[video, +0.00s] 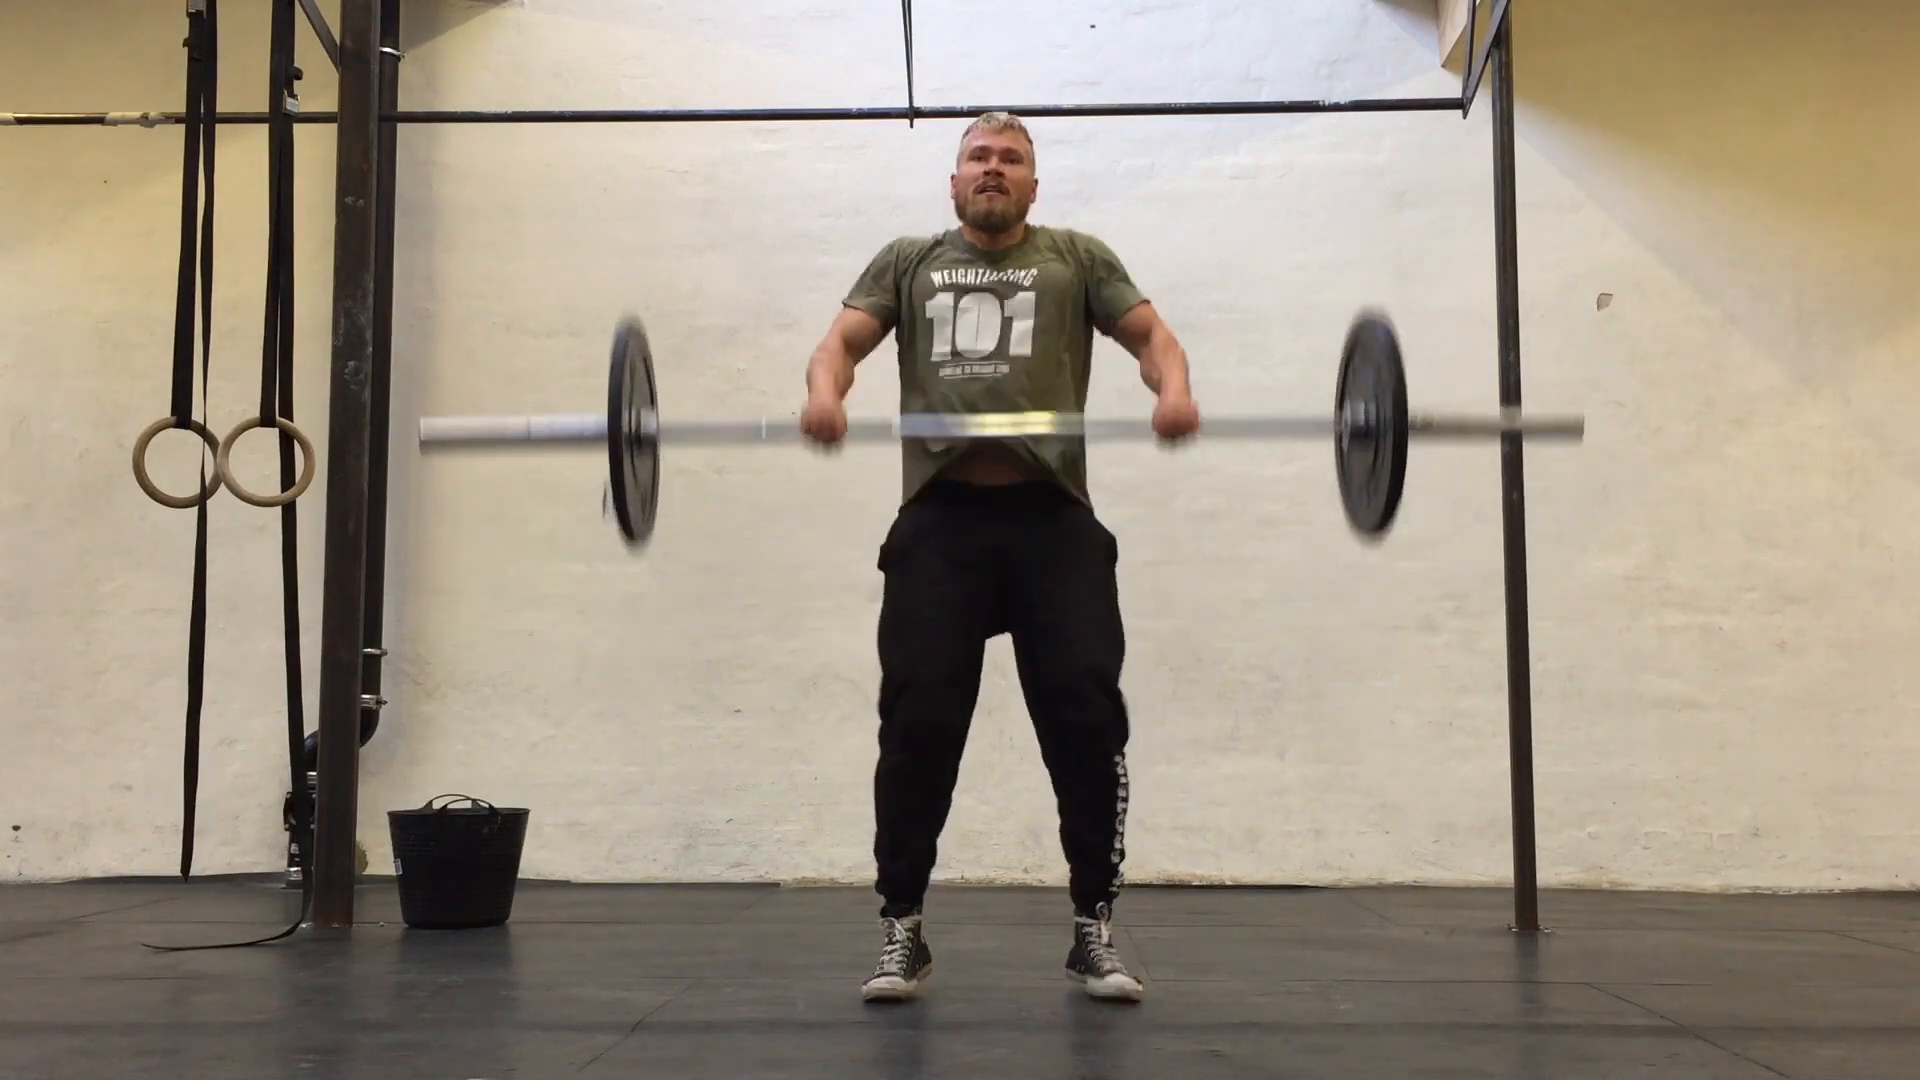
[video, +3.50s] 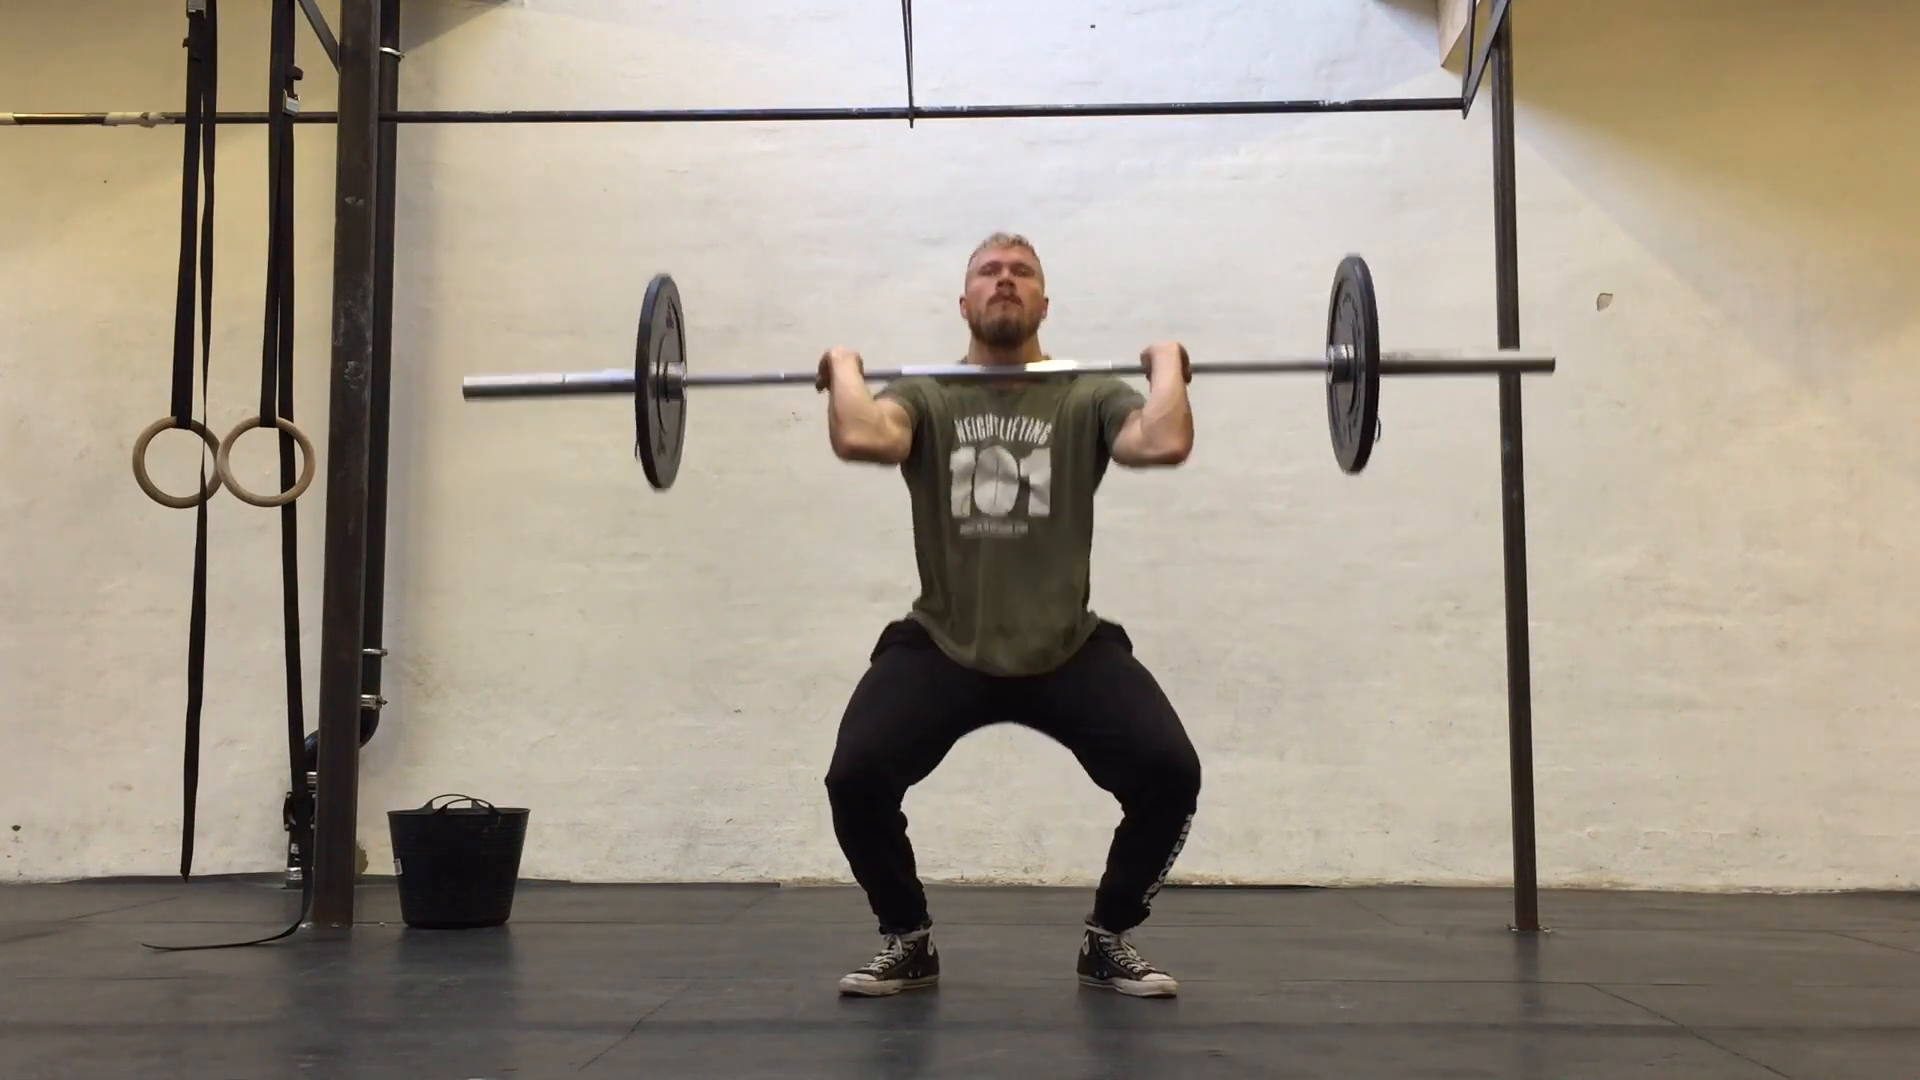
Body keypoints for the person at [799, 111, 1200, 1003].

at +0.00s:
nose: (992, 167)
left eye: (1010, 157)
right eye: (978, 155)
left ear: (1035, 179)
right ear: (954, 176)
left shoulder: (1078, 258)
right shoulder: (908, 261)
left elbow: (1152, 337)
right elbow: (840, 344)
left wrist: (1174, 391)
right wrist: (825, 395)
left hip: (1054, 525)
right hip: (941, 524)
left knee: (1087, 716)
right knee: (917, 720)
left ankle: (1096, 928)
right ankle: (901, 928)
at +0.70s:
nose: (996, 186)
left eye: (1012, 181)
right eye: (980, 182)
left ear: (1039, 217)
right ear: (956, 219)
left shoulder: (1075, 298)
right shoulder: (923, 302)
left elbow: (1157, 331)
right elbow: (862, 345)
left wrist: (1163, 258)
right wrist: (839, 270)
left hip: (1066, 577)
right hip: (944, 576)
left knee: (1118, 756)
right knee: (887, 757)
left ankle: (1102, 947)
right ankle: (893, 946)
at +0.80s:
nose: (998, 168)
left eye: (1015, 160)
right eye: (984, 160)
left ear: (1040, 187)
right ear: (961, 187)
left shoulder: (1076, 259)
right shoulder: (924, 264)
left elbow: (1170, 241)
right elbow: (843, 259)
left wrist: (1168, 153)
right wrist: (833, 167)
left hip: (1063, 533)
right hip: (946, 534)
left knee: (1090, 730)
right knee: (921, 733)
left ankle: (1111, 931)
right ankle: (893, 935)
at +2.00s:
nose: (1005, 159)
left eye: (1021, 150)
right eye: (988, 149)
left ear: (1045, 178)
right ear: (964, 179)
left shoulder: (1088, 263)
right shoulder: (921, 258)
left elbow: (1202, 293)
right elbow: (798, 274)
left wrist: (1188, 303)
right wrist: (834, 286)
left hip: (1067, 527)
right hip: (953, 527)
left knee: (1098, 729)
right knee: (925, 730)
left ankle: (1111, 928)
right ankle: (901, 930)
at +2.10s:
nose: (1009, 156)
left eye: (1025, 146)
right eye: (993, 145)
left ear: (1048, 173)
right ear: (966, 172)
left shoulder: (1090, 262)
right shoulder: (924, 263)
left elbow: (1194, 332)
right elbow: (820, 332)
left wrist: (1183, 416)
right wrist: (839, 406)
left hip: (1068, 526)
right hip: (957, 526)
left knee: (1099, 724)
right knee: (927, 723)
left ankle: (1110, 927)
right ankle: (902, 929)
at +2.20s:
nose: (1007, 174)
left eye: (1023, 164)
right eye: (991, 163)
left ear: (1048, 194)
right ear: (964, 193)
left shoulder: (1096, 298)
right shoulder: (918, 301)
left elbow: (1170, 402)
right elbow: (844, 403)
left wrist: (1179, 524)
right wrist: (843, 514)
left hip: (1074, 567)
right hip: (951, 568)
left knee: (1110, 750)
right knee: (918, 752)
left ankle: (1106, 936)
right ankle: (904, 938)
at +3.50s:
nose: (1004, 279)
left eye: (1021, 271)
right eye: (988, 270)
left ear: (1044, 303)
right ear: (963, 301)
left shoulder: (1089, 392)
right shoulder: (924, 396)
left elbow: (1167, 442)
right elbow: (857, 436)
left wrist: (1166, 359)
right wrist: (843, 362)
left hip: (1066, 649)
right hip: (944, 648)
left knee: (1168, 776)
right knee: (857, 779)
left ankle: (1107, 943)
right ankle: (908, 945)